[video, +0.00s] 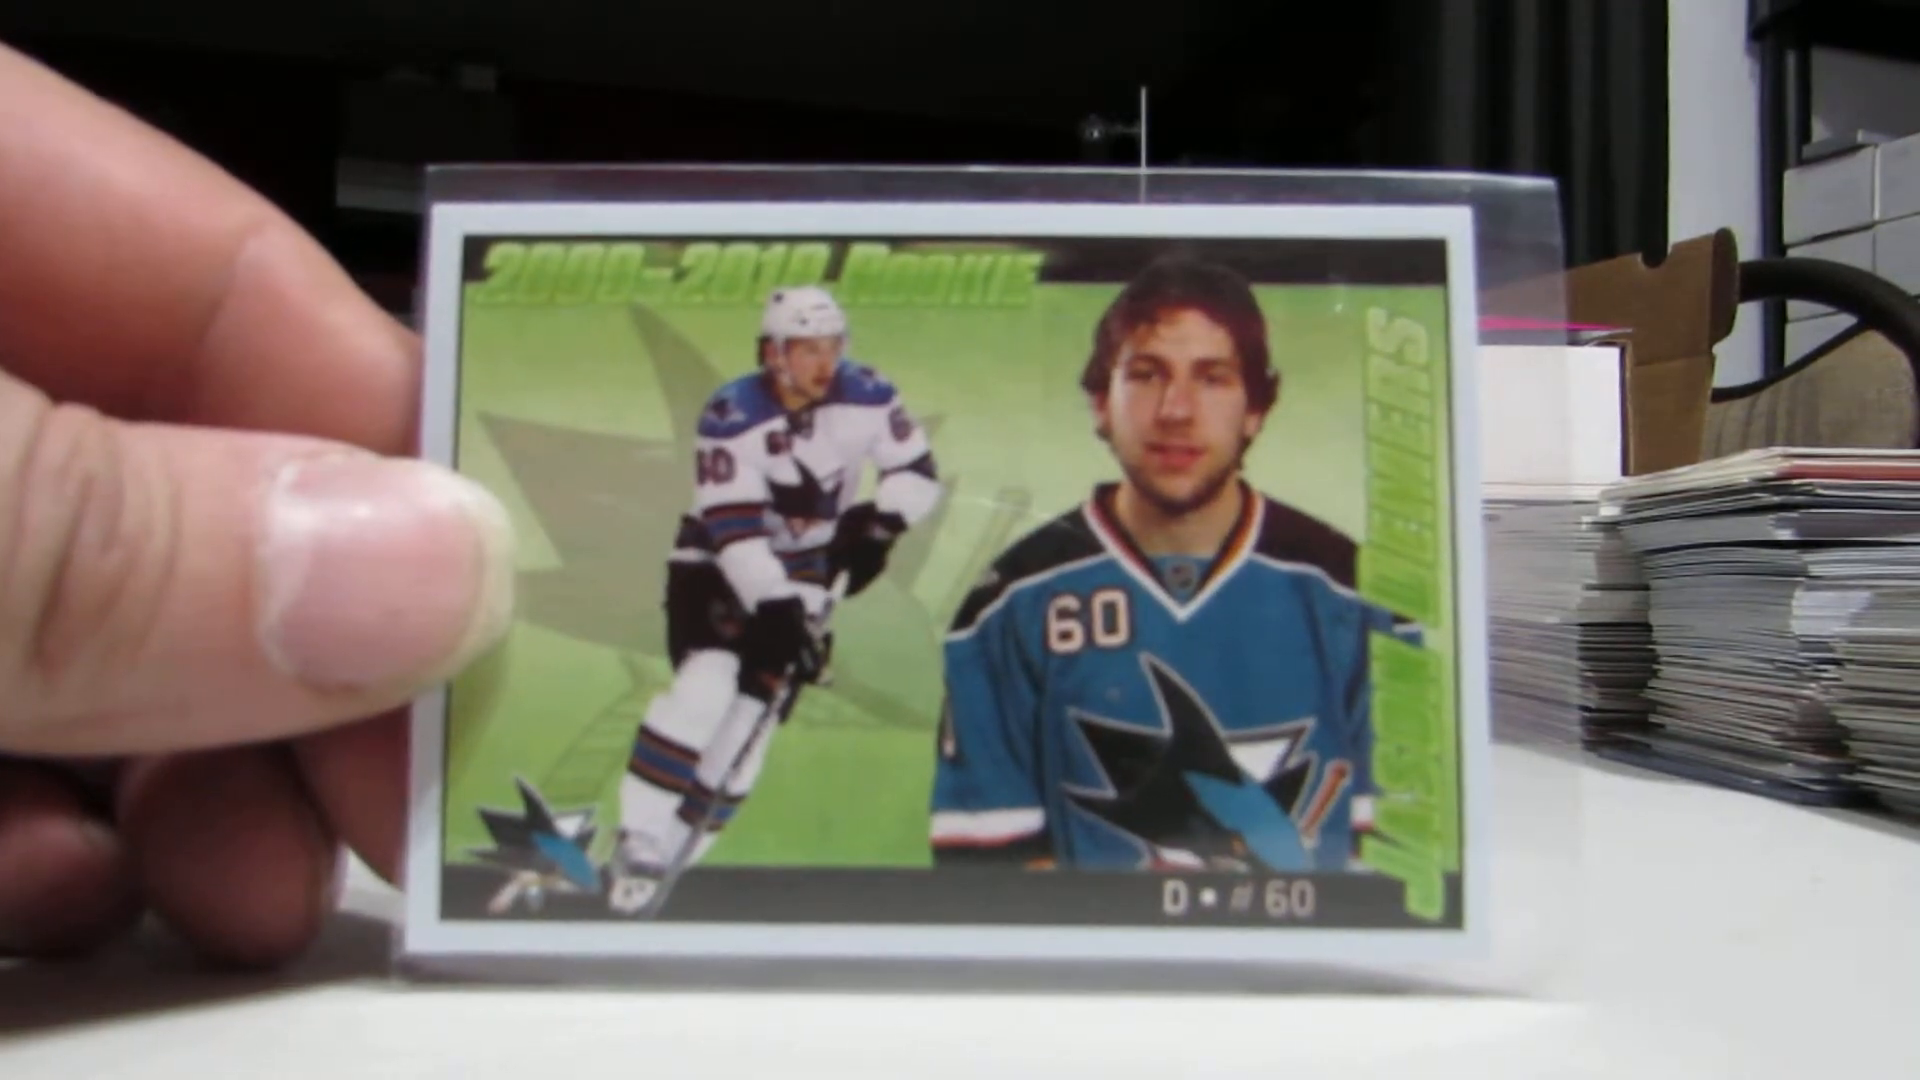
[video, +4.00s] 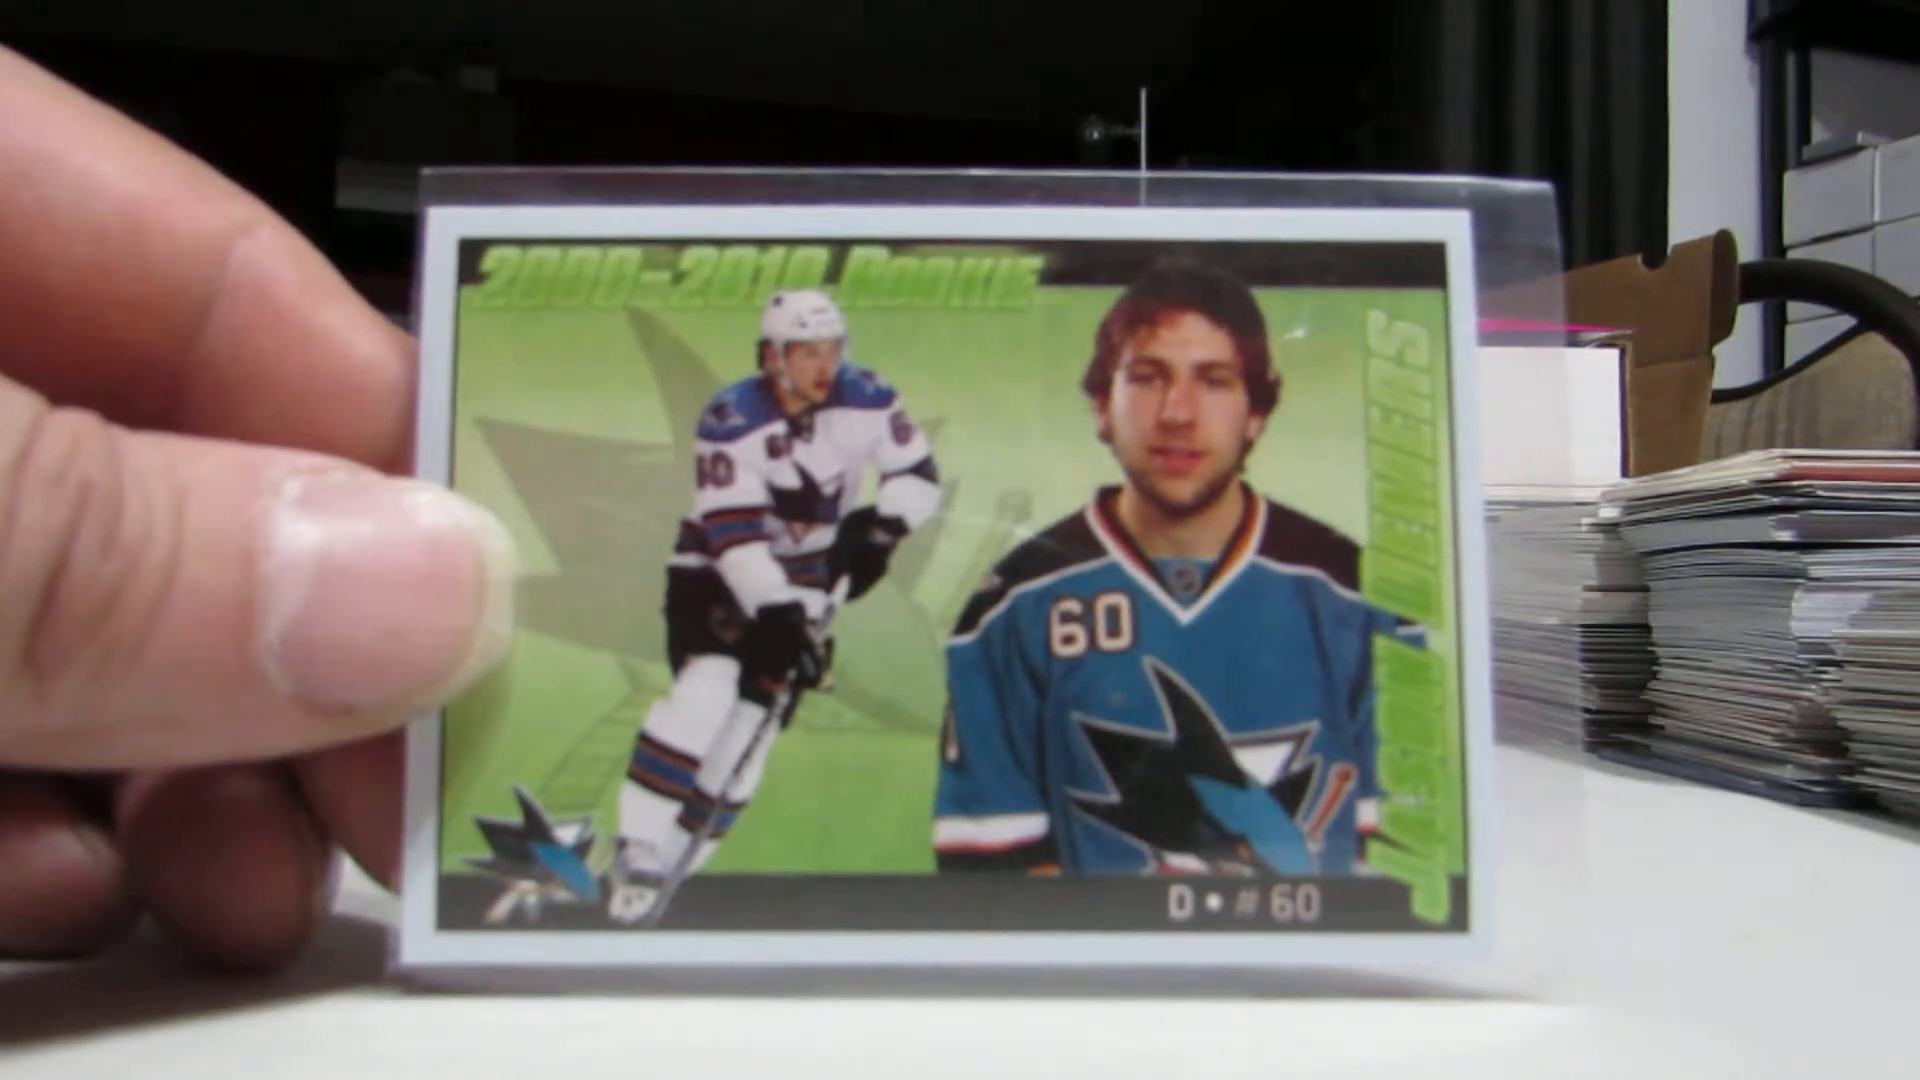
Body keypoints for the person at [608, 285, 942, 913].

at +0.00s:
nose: (825, 364)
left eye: (832, 350)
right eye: (809, 350)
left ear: (842, 350)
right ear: (773, 356)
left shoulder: (868, 398)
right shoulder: (733, 415)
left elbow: (917, 475)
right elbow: (732, 523)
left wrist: (877, 527)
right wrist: (774, 602)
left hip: (807, 572)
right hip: (721, 562)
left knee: (754, 715)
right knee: (709, 679)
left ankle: (677, 854)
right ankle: (641, 843)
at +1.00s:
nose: (822, 365)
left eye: (830, 351)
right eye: (805, 352)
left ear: (842, 350)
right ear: (772, 356)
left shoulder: (867, 399)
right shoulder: (732, 416)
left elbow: (916, 474)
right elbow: (732, 524)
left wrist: (877, 527)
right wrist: (775, 605)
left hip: (806, 573)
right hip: (721, 563)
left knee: (755, 715)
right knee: (709, 681)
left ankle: (680, 853)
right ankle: (642, 842)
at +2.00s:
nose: (828, 368)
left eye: (836, 354)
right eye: (813, 355)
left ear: (846, 354)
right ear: (777, 359)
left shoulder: (870, 403)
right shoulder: (736, 419)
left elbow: (918, 477)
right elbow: (735, 526)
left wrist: (880, 530)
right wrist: (777, 606)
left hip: (808, 578)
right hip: (723, 566)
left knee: (755, 718)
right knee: (711, 682)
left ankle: (676, 860)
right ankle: (641, 848)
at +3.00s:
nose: (824, 366)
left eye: (832, 352)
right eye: (808, 353)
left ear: (842, 352)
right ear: (773, 358)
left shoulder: (868, 401)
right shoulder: (732, 419)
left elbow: (917, 475)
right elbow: (732, 527)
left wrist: (878, 531)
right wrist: (776, 609)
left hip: (807, 578)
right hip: (720, 567)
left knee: (754, 722)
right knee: (708, 687)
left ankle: (680, 860)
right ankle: (640, 849)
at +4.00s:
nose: (825, 366)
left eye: (832, 352)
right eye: (809, 353)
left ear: (843, 352)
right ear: (773, 359)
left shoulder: (868, 401)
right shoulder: (732, 420)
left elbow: (917, 476)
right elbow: (732, 528)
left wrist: (879, 531)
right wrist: (776, 610)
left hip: (807, 580)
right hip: (720, 569)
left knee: (754, 723)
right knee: (709, 686)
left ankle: (678, 862)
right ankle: (640, 850)